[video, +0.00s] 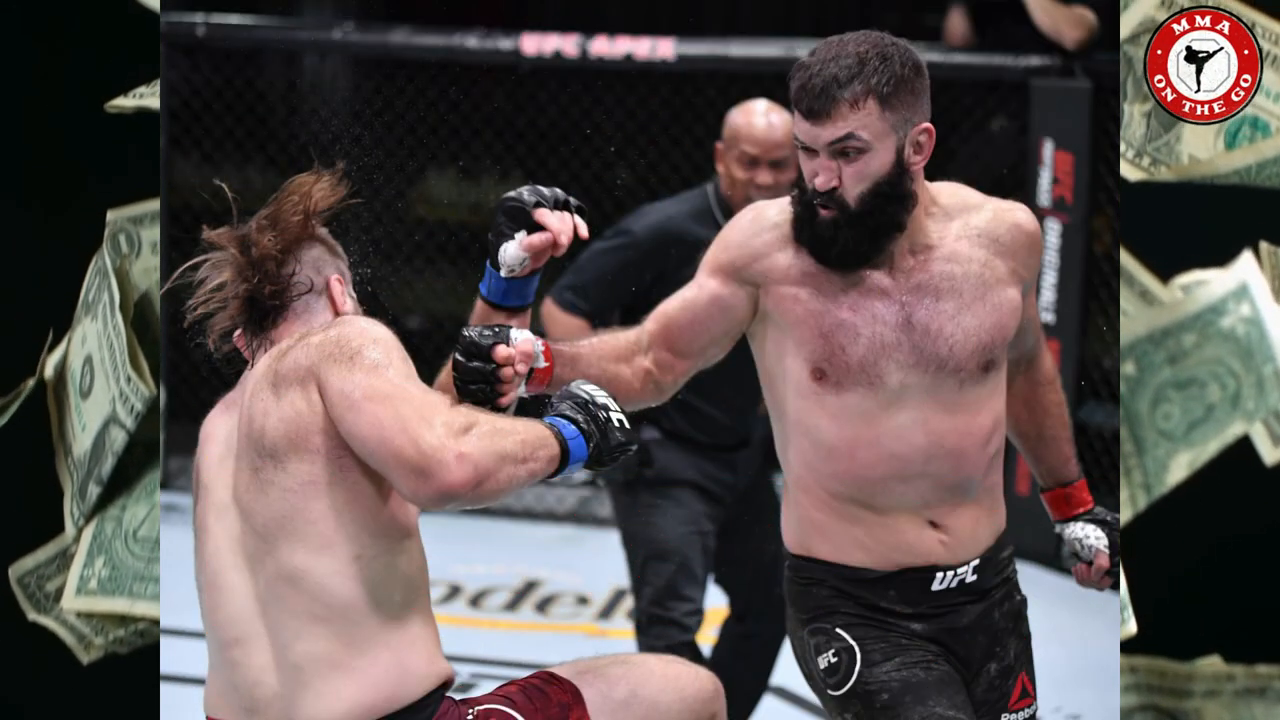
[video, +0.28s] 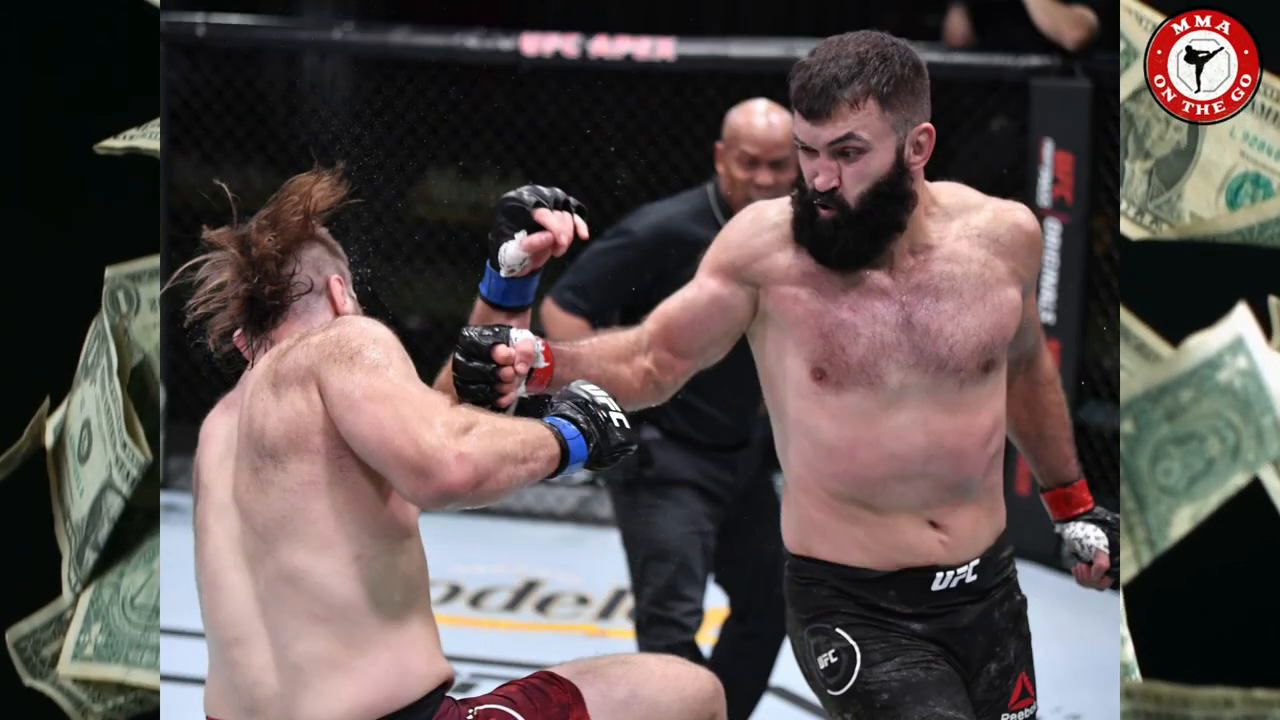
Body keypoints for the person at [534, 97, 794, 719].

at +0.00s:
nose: (767, 180)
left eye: (781, 165)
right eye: (750, 164)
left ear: (799, 162)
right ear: (719, 157)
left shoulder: (803, 239)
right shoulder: (661, 232)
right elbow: (560, 312)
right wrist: (613, 415)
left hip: (749, 460)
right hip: (663, 457)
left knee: (767, 608)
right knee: (671, 615)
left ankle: (720, 719)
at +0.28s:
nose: (767, 181)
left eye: (781, 165)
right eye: (750, 164)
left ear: (799, 162)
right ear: (719, 158)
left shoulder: (804, 238)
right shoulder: (661, 232)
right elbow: (560, 312)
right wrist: (612, 416)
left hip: (750, 460)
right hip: (663, 457)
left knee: (767, 609)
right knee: (671, 615)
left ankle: (720, 719)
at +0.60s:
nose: (767, 181)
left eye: (781, 165)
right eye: (751, 164)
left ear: (799, 162)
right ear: (719, 158)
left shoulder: (804, 238)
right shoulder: (661, 232)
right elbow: (560, 311)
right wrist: (611, 415)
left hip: (750, 460)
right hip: (663, 457)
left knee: (767, 609)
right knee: (671, 614)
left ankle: (720, 719)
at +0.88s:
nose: (767, 181)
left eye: (781, 165)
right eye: (750, 164)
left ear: (799, 162)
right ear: (719, 158)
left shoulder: (804, 238)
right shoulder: (661, 232)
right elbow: (560, 312)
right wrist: (612, 416)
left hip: (750, 460)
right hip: (663, 457)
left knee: (767, 609)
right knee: (671, 615)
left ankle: (720, 719)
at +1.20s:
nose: (767, 181)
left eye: (781, 165)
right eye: (750, 164)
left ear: (799, 162)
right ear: (719, 158)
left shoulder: (804, 238)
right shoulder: (661, 232)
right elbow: (560, 312)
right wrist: (612, 416)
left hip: (750, 460)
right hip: (663, 457)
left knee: (767, 609)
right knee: (671, 615)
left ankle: (720, 719)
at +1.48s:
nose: (767, 181)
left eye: (781, 165)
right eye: (750, 164)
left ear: (799, 162)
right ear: (719, 158)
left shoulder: (804, 238)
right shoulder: (661, 232)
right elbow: (560, 312)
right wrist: (612, 416)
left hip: (750, 460)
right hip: (663, 457)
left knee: (767, 609)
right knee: (671, 615)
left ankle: (720, 719)